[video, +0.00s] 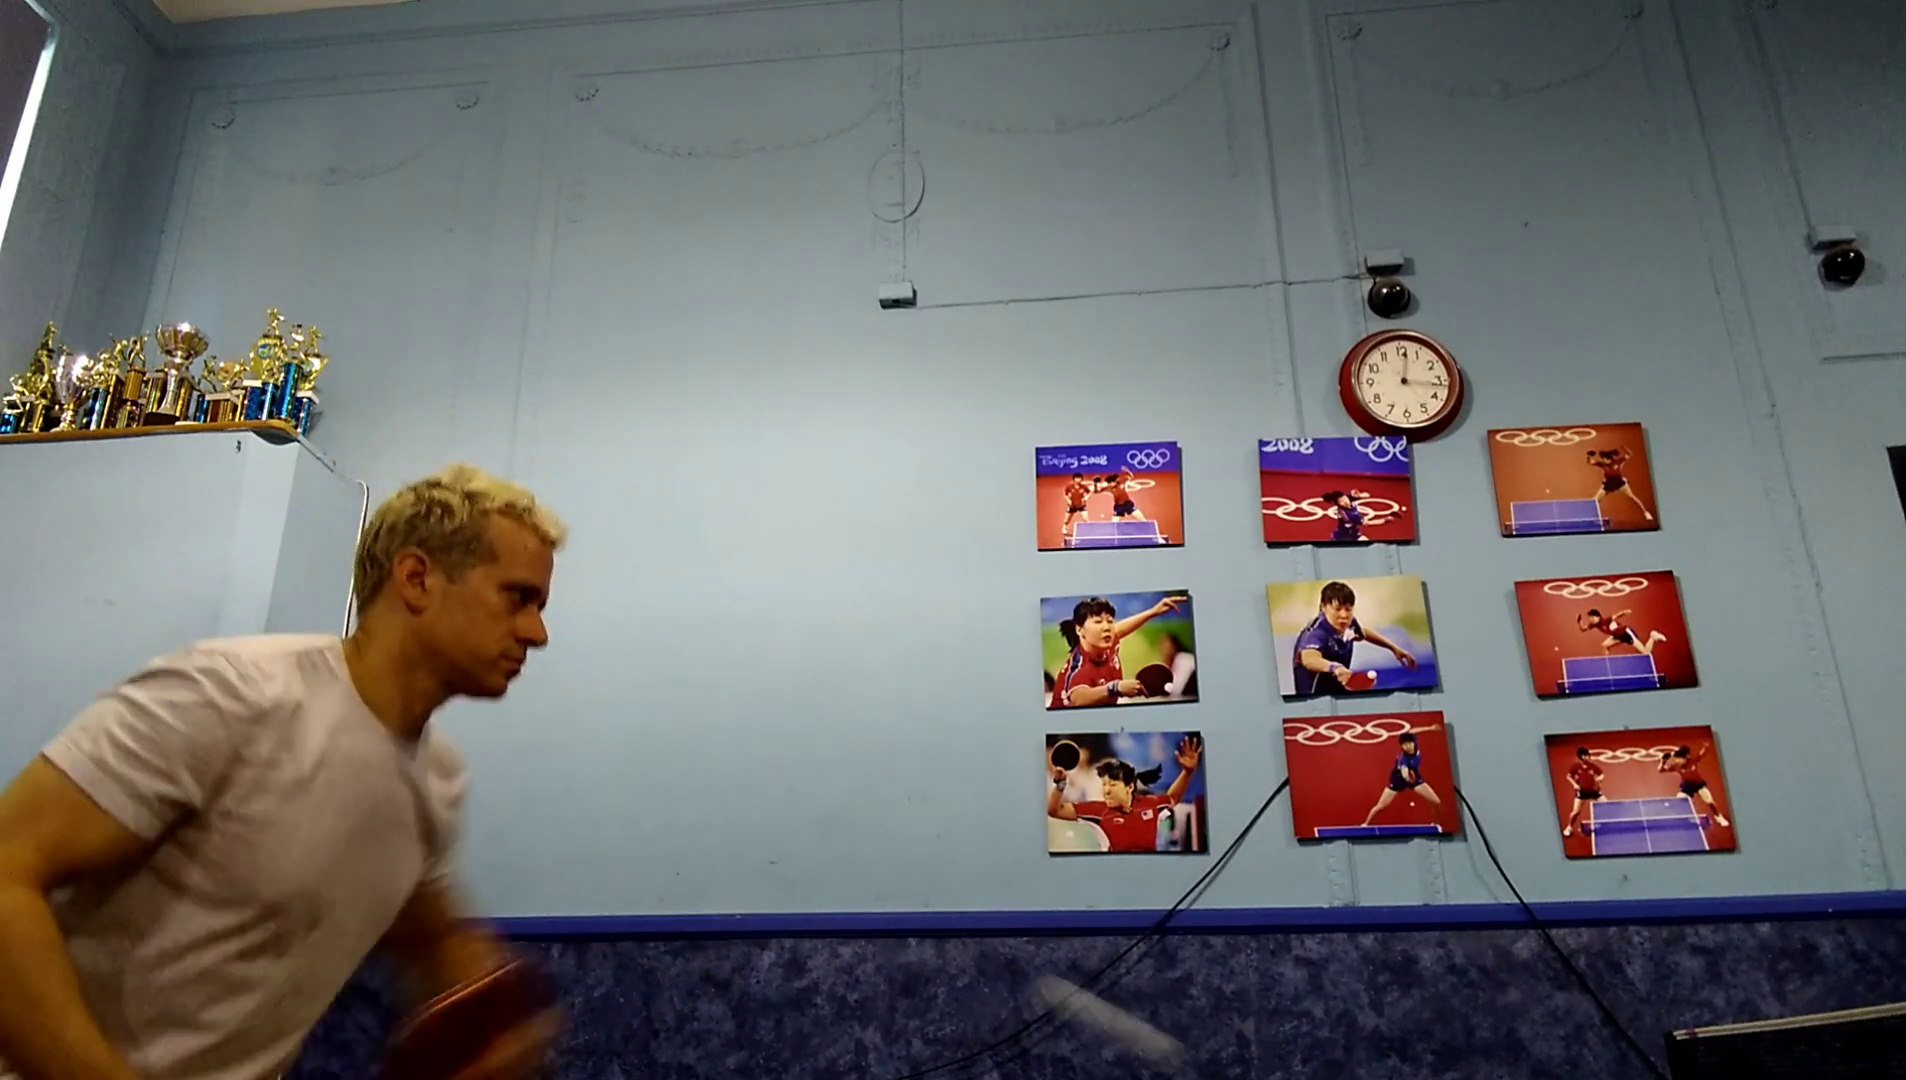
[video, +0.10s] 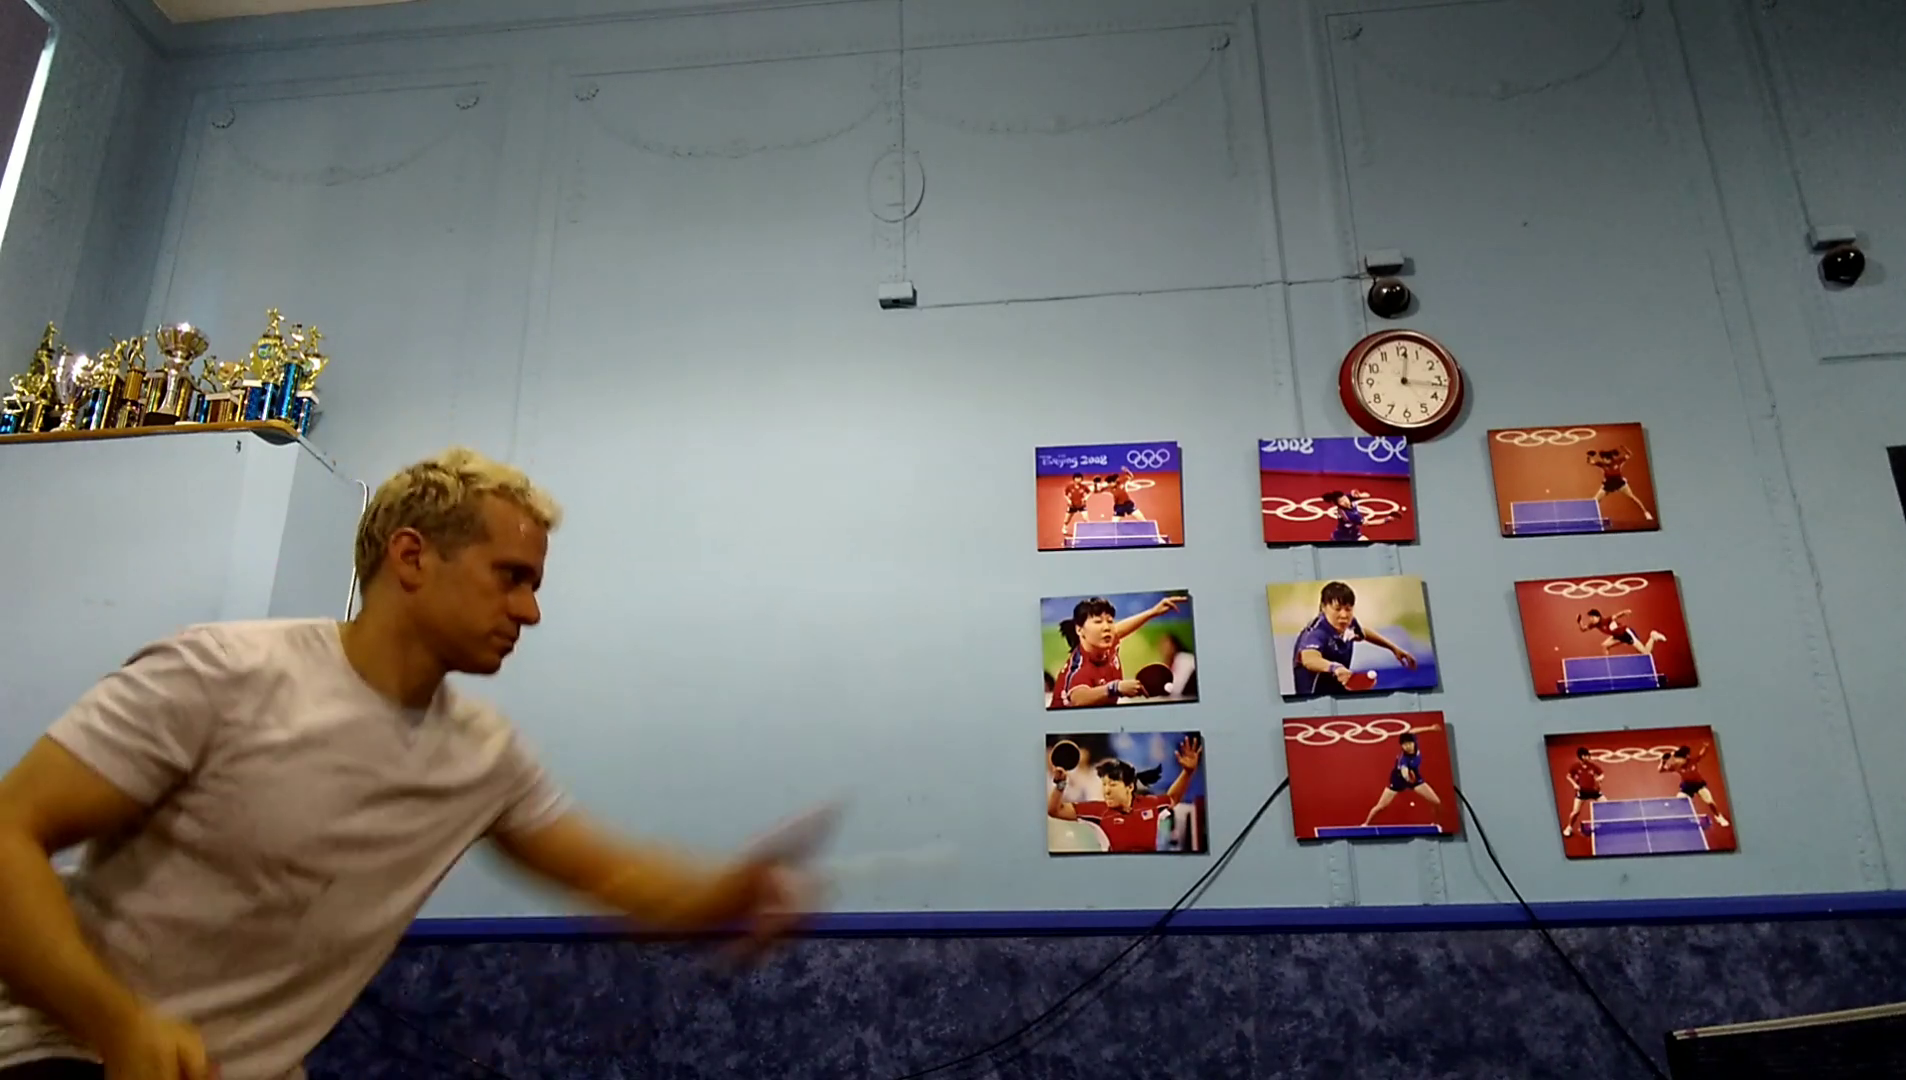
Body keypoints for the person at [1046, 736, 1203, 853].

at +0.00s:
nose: (1107, 790)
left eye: (1113, 785)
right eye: (1104, 785)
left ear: (1130, 787)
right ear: (1101, 787)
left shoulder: (1151, 804)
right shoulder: (1100, 811)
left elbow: (1172, 798)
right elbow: (1055, 811)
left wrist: (1188, 772)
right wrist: (1060, 785)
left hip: (1151, 872)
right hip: (1116, 874)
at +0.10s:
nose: (1107, 790)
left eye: (1113, 785)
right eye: (1104, 785)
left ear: (1130, 787)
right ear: (1101, 787)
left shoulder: (1151, 804)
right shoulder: (1100, 811)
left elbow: (1172, 798)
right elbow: (1055, 811)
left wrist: (1188, 771)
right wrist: (1060, 785)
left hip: (1151, 872)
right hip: (1116, 874)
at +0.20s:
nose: (1107, 790)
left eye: (1113, 785)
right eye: (1104, 785)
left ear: (1130, 787)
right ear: (1101, 787)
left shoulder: (1151, 804)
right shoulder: (1100, 811)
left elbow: (1172, 798)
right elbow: (1055, 811)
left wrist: (1188, 771)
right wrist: (1059, 785)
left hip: (1152, 872)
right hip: (1117, 874)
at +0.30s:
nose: (1107, 790)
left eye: (1113, 785)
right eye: (1104, 785)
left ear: (1130, 787)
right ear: (1101, 787)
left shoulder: (1151, 804)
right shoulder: (1100, 811)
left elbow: (1172, 798)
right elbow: (1055, 811)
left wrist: (1188, 771)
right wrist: (1059, 785)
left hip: (1152, 872)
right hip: (1117, 874)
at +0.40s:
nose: (1107, 790)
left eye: (1113, 785)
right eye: (1104, 785)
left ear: (1130, 787)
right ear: (1101, 787)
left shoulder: (1151, 804)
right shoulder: (1100, 811)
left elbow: (1172, 798)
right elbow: (1055, 811)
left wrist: (1188, 771)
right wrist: (1059, 785)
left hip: (1152, 872)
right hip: (1117, 874)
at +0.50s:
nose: (1107, 790)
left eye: (1113, 785)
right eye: (1104, 785)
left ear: (1130, 787)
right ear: (1101, 787)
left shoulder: (1151, 804)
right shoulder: (1100, 811)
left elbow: (1172, 798)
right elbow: (1055, 811)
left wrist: (1188, 771)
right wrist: (1059, 785)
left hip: (1151, 872)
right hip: (1116, 874)